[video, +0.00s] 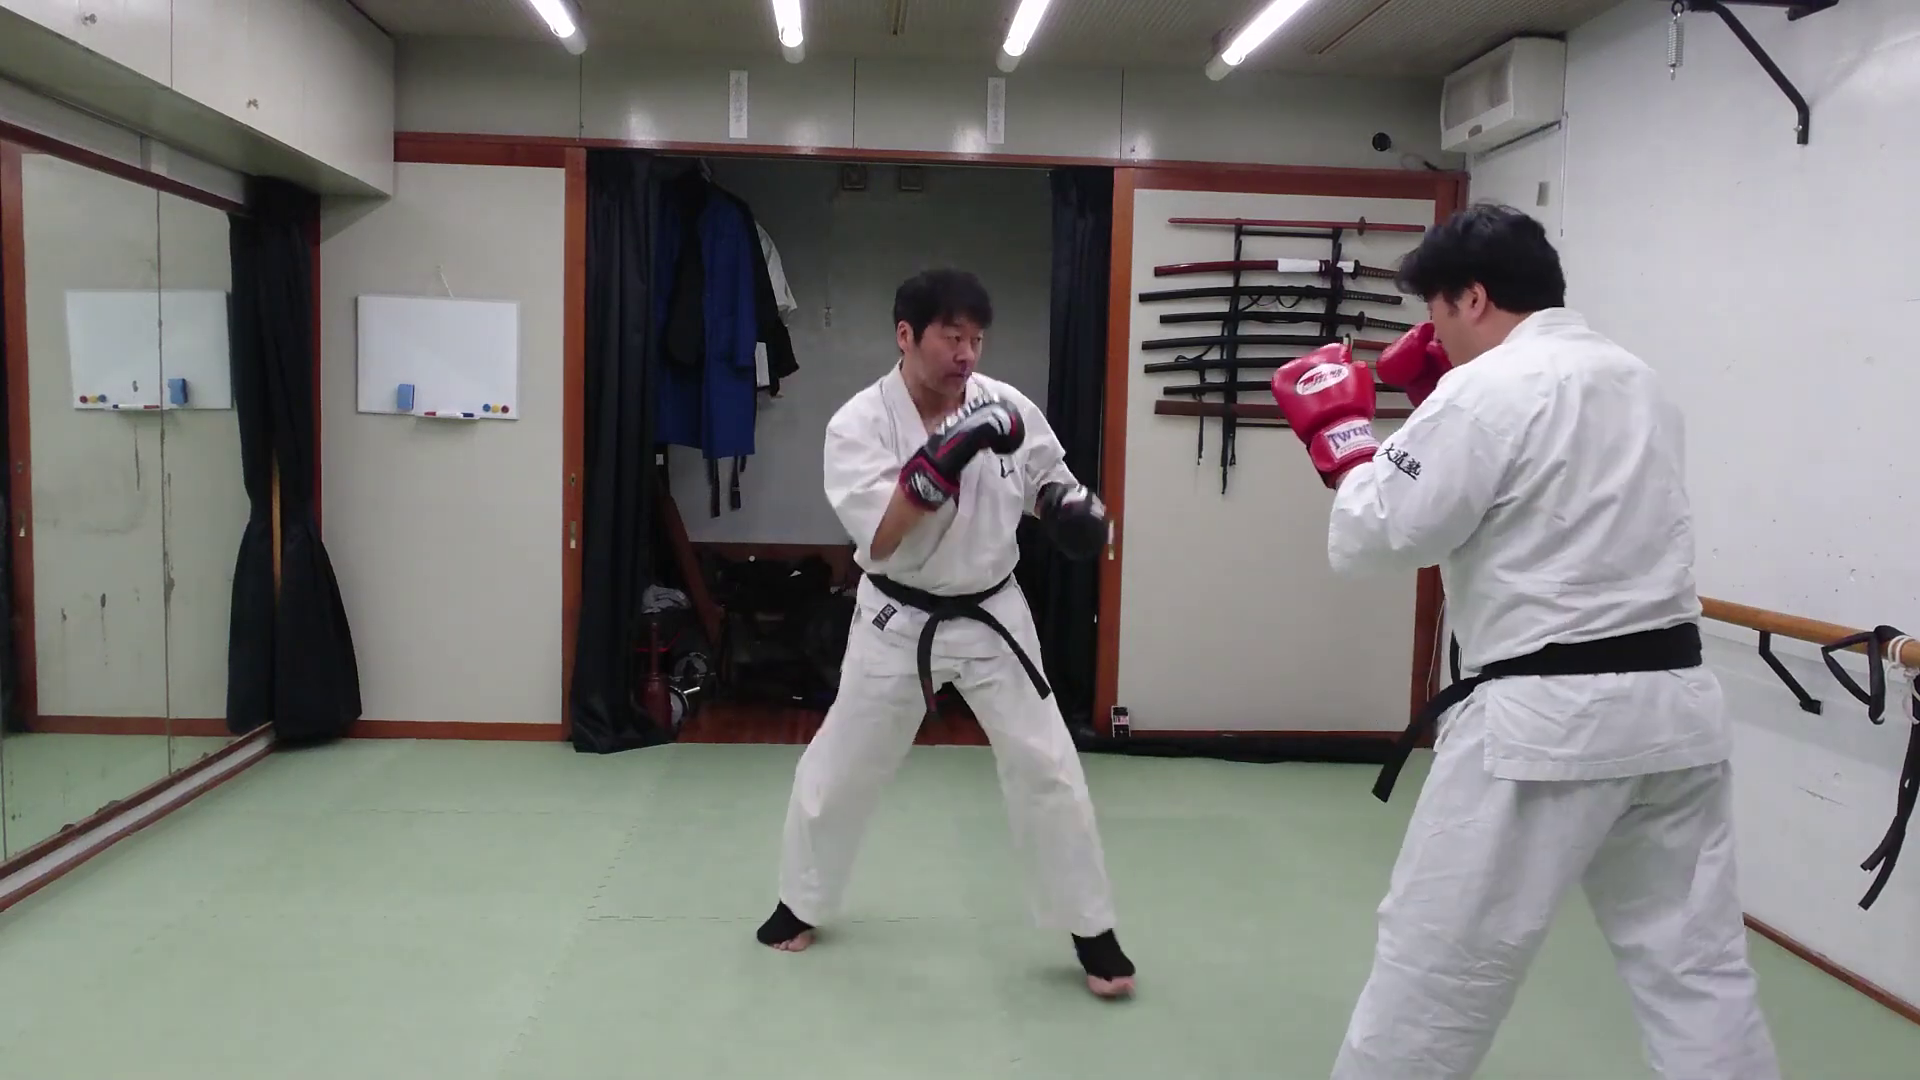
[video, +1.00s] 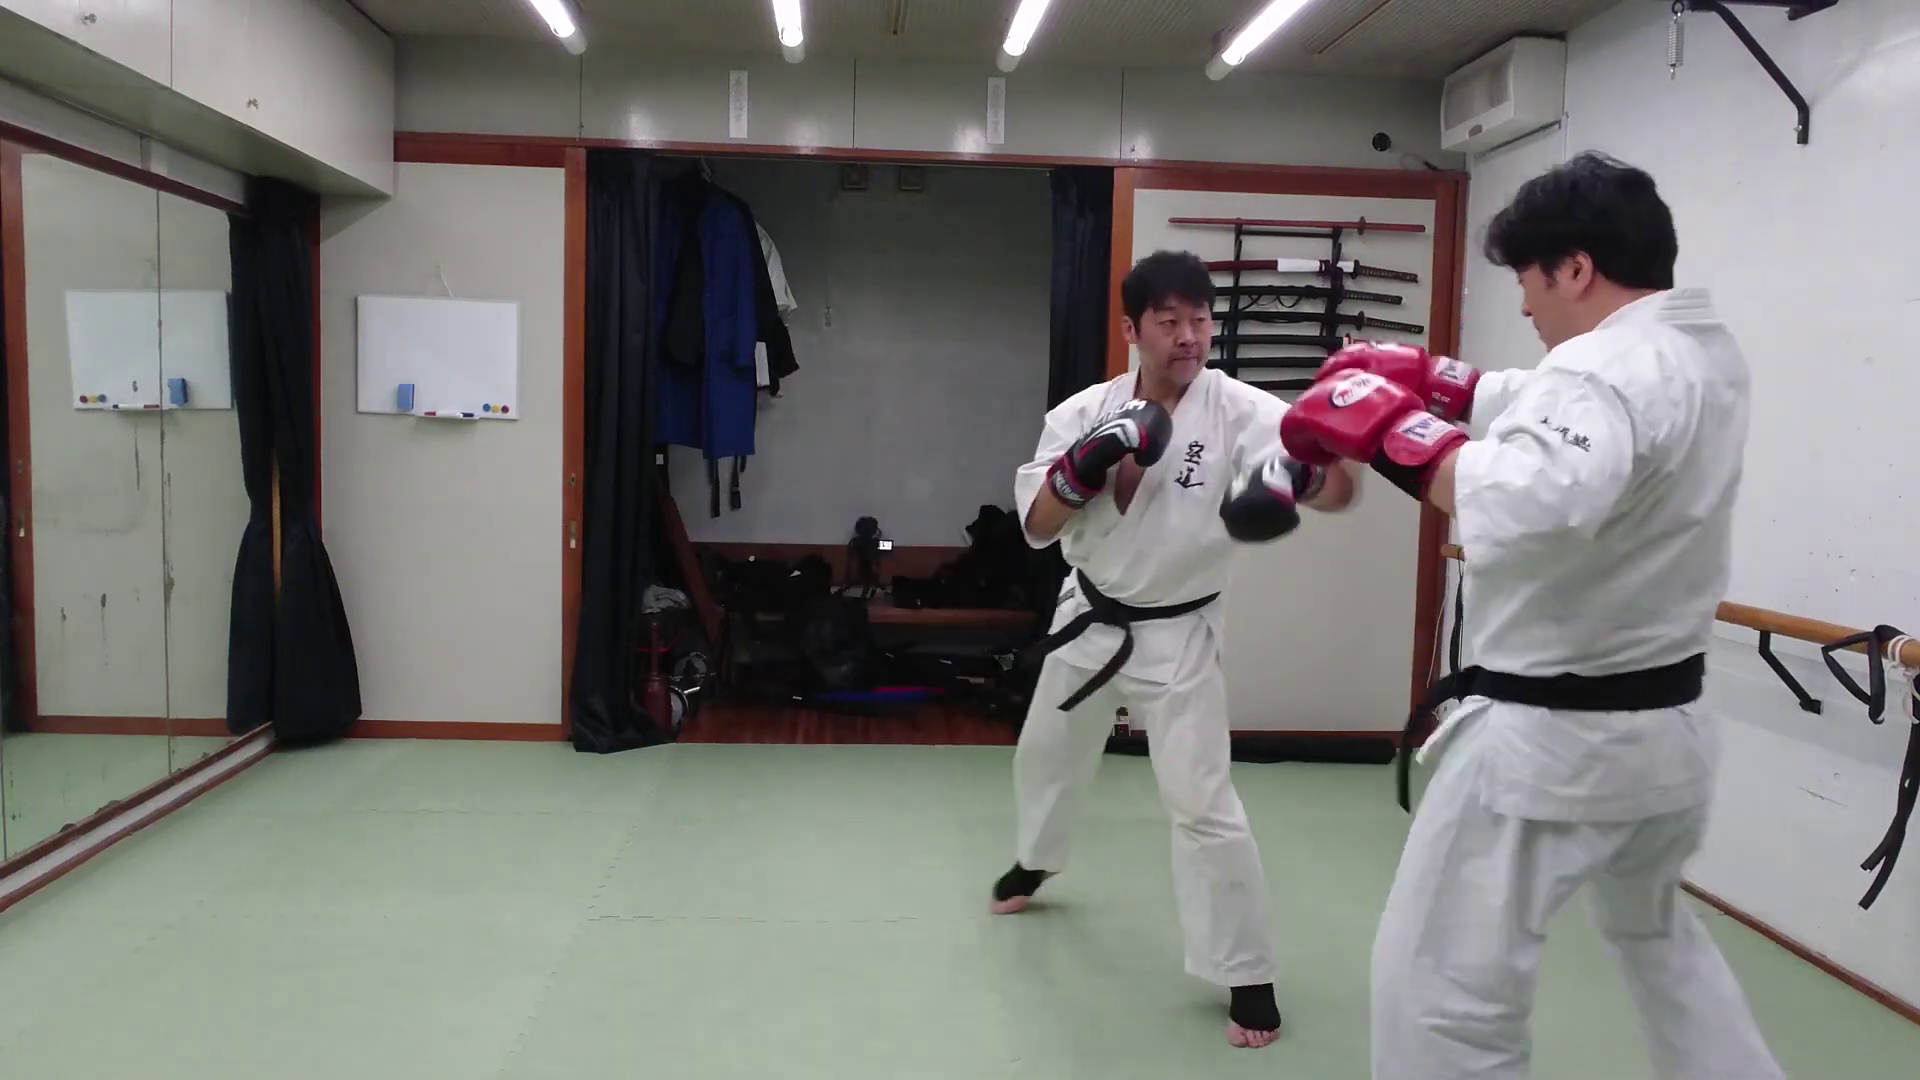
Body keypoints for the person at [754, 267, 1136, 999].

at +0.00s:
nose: (967, 354)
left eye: (976, 340)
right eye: (952, 339)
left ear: (985, 342)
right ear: (906, 337)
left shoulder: (1006, 407)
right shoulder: (857, 425)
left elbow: (1058, 485)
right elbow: (880, 537)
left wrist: (1082, 519)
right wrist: (938, 462)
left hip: (994, 612)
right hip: (892, 615)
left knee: (1048, 766)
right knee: (834, 771)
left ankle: (1094, 931)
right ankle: (802, 903)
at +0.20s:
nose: (1002, 394)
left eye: (1010, 377)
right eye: (984, 378)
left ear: (1019, 380)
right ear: (939, 384)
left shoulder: (1041, 444)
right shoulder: (894, 472)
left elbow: (1106, 516)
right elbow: (884, 600)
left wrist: (1105, 549)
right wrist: (939, 576)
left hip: (1042, 642)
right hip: (941, 647)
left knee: (1084, 797)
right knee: (874, 797)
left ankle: (1122, 959)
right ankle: (820, 903)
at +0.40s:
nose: (1050, 354)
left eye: (1059, 341)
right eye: (1036, 338)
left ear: (1064, 348)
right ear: (987, 337)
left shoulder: (1081, 428)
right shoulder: (927, 428)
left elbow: (1126, 535)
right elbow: (942, 546)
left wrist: (1142, 501)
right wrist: (1001, 460)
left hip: (1054, 625)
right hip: (949, 627)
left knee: (1104, 780)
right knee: (882, 795)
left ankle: (1124, 958)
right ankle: (861, 904)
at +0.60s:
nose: (1046, 381)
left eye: (1054, 365)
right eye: (1030, 363)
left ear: (1061, 371)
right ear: (984, 366)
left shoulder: (1078, 452)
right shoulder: (929, 454)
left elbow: (1119, 567)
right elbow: (947, 563)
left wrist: (1147, 538)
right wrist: (1010, 480)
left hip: (1062, 647)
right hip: (955, 649)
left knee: (1128, 786)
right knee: (891, 806)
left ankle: (1154, 956)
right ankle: (864, 914)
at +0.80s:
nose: (1100, 355)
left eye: (1112, 341)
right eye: (1083, 340)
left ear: (1125, 347)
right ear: (1044, 345)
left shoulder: (1158, 420)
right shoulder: (995, 433)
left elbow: (1263, 439)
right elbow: (926, 541)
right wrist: (956, 485)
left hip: (1118, 642)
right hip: (1020, 635)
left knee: (1169, 819)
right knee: (948, 768)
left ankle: (1246, 979)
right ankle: (882, 893)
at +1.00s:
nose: (1189, 337)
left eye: (1200, 321)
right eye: (1170, 321)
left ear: (1212, 328)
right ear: (1132, 328)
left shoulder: (1240, 409)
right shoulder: (1082, 415)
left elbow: (1338, 493)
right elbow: (1036, 526)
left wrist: (1329, 437)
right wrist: (1084, 468)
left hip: (1182, 630)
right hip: (1088, 620)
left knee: (1202, 804)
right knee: (1045, 756)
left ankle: (1249, 980)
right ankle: (1035, 862)